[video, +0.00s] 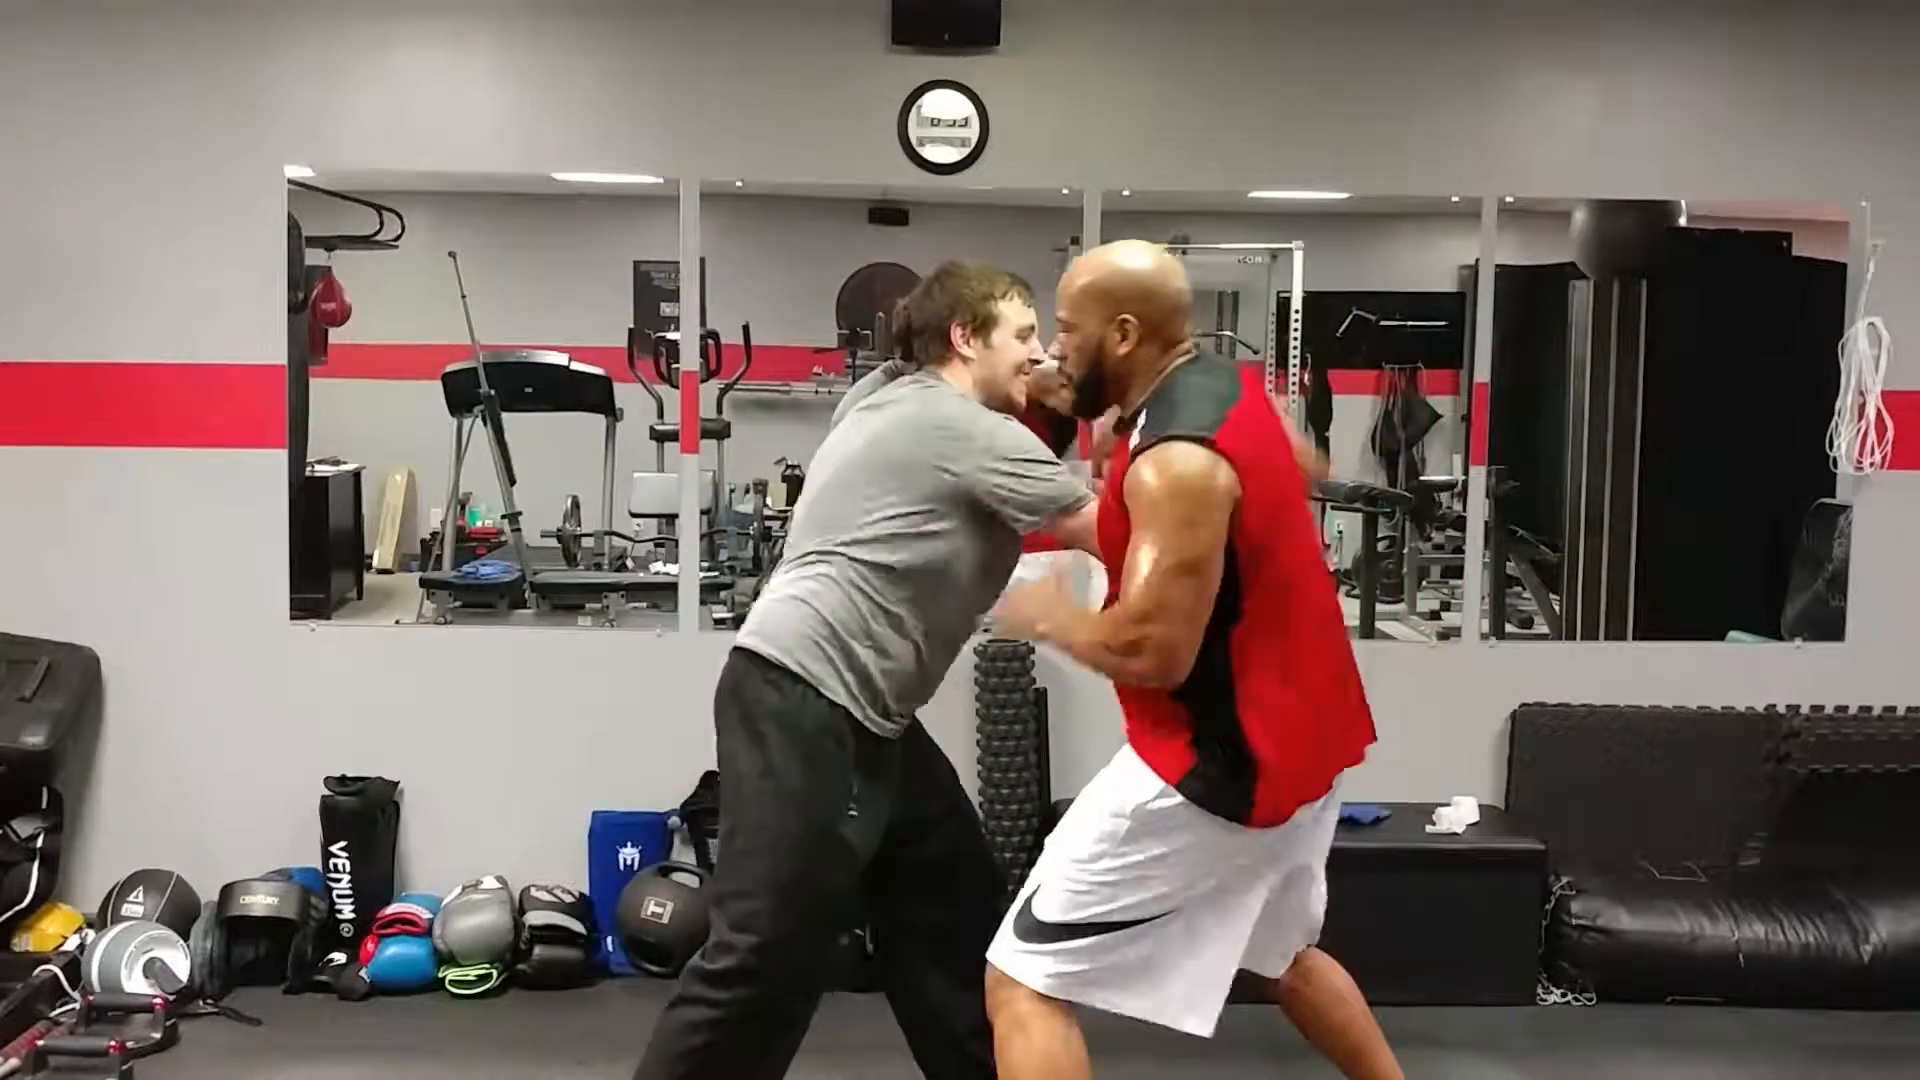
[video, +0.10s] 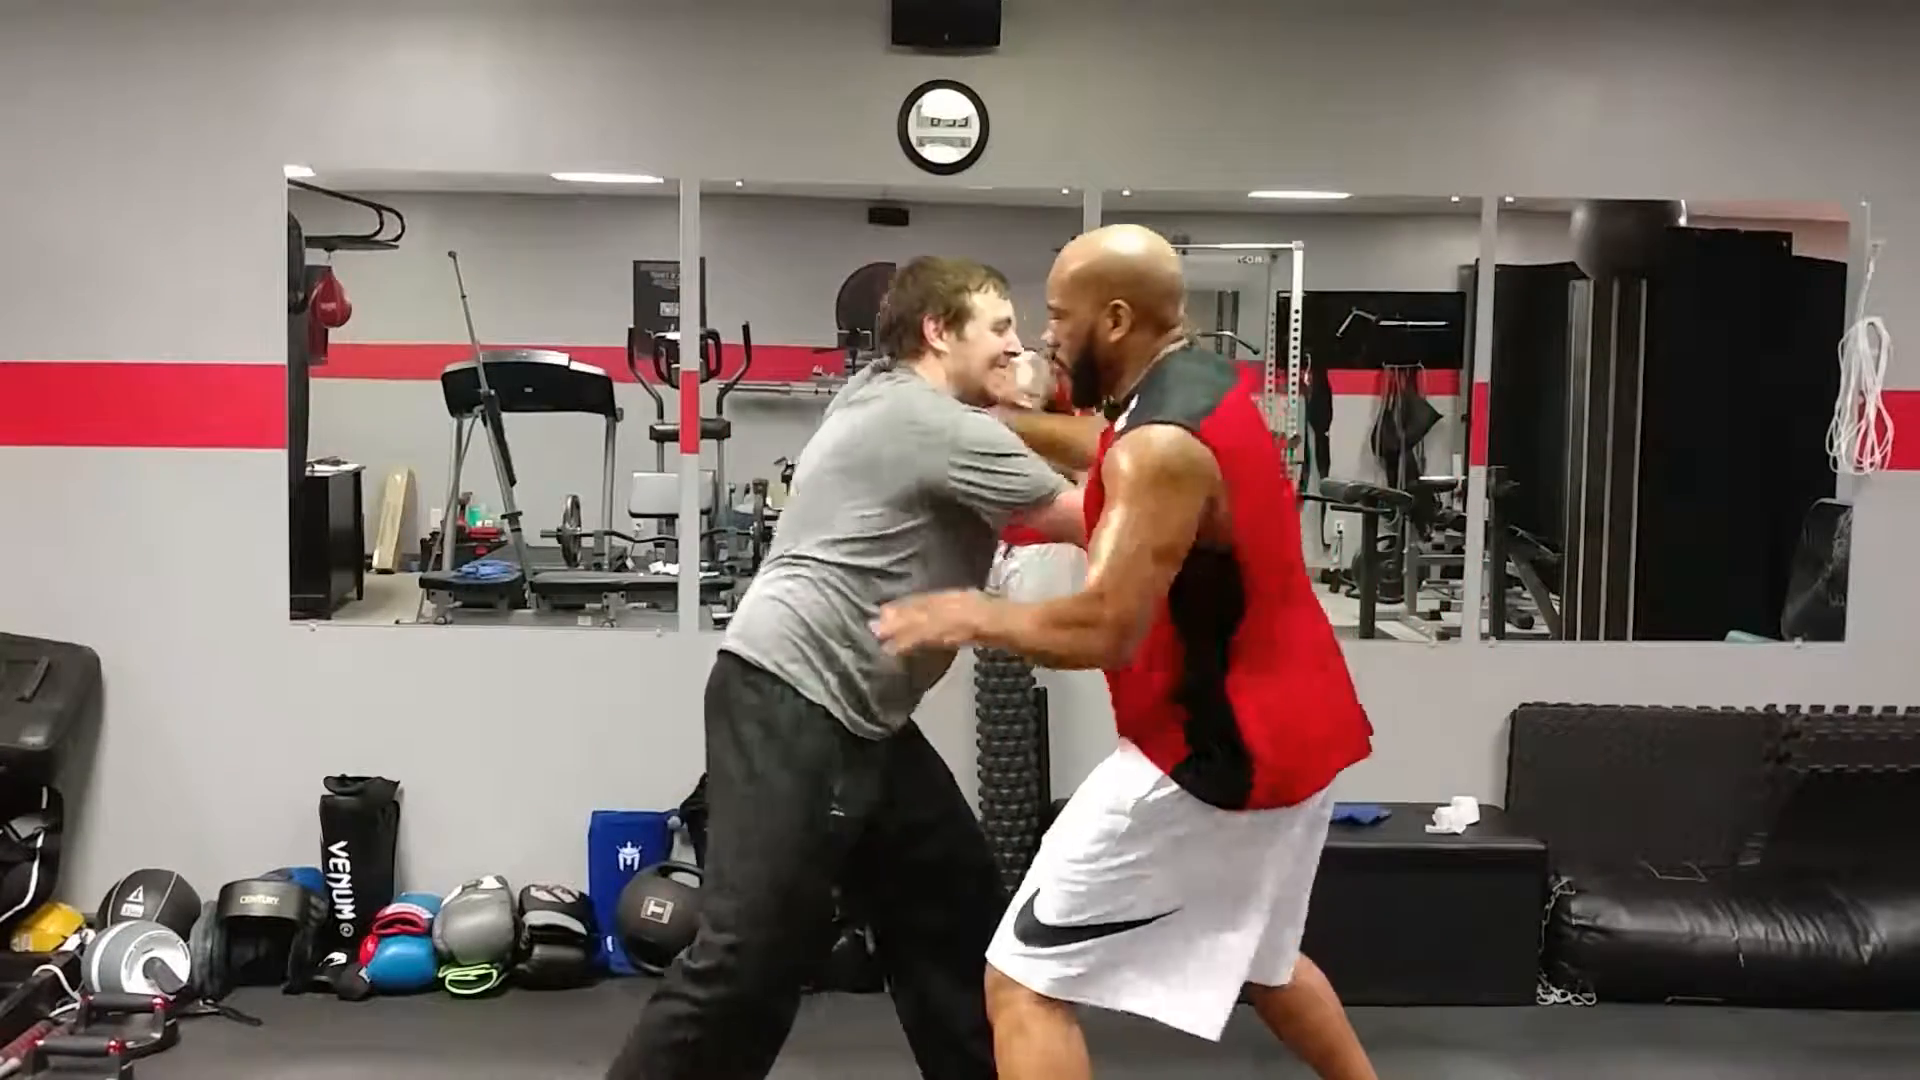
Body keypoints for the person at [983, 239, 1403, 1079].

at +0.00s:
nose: (1053, 346)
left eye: (1066, 328)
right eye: (1055, 327)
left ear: (1126, 333)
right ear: (1149, 328)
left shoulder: (1176, 458)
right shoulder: (1229, 383)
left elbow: (1154, 650)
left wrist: (1049, 618)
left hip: (1210, 762)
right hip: (1301, 740)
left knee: (1022, 977)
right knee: (1280, 950)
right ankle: (1385, 1075)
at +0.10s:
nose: (1048, 336)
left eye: (1059, 317)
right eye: (1047, 318)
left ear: (1117, 317)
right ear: (1144, 315)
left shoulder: (1158, 442)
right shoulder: (1210, 388)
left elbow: (1108, 627)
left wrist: (967, 614)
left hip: (1203, 753)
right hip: (1294, 734)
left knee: (1021, 979)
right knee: (1263, 954)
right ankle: (1360, 1075)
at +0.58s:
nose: (1101, 322)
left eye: (1112, 303)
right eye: (1101, 303)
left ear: (1165, 298)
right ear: (1208, 302)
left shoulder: (1136, 382)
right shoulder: (1324, 390)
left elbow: (959, 420)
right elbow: (1433, 494)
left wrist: (881, 363)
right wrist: (1308, 508)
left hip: (1177, 748)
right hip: (1315, 731)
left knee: (1044, 980)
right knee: (1317, 935)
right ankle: (1409, 1073)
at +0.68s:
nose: (1141, 311)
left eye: (1151, 290)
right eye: (1141, 291)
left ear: (1205, 284)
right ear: (1246, 285)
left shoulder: (1189, 374)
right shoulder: (1357, 366)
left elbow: (1032, 443)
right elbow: (1443, 492)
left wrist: (921, 384)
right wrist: (1317, 518)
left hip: (1228, 716)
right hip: (1357, 698)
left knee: (1100, 936)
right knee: (1342, 916)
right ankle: (1418, 1072)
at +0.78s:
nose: (1172, 298)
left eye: (1182, 277)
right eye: (1171, 278)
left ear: (1241, 271)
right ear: (1269, 273)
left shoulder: (1230, 369)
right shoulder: (1372, 354)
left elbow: (1097, 445)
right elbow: (1449, 486)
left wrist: (952, 388)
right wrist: (1319, 506)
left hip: (1276, 684)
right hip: (1402, 673)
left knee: (1112, 891)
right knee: (1350, 899)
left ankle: (1139, 1073)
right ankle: (1421, 1074)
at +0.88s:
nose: (1194, 288)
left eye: (1207, 267)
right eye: (1193, 268)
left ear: (1269, 263)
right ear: (1289, 268)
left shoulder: (1261, 360)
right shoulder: (1386, 349)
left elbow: (1126, 446)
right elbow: (1450, 487)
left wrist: (967, 394)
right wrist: (1313, 487)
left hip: (1301, 672)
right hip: (1414, 668)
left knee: (1140, 884)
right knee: (1352, 881)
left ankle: (1211, 1074)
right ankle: (1423, 1071)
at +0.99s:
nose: (1207, 280)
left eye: (1221, 261)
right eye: (1207, 262)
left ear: (1283, 259)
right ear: (1301, 263)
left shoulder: (1277, 363)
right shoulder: (1392, 352)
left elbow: (1148, 461)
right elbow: (1441, 496)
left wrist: (978, 445)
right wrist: (1299, 477)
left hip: (1301, 683)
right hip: (1413, 671)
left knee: (1184, 908)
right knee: (1362, 895)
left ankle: (1245, 1076)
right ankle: (1422, 1071)